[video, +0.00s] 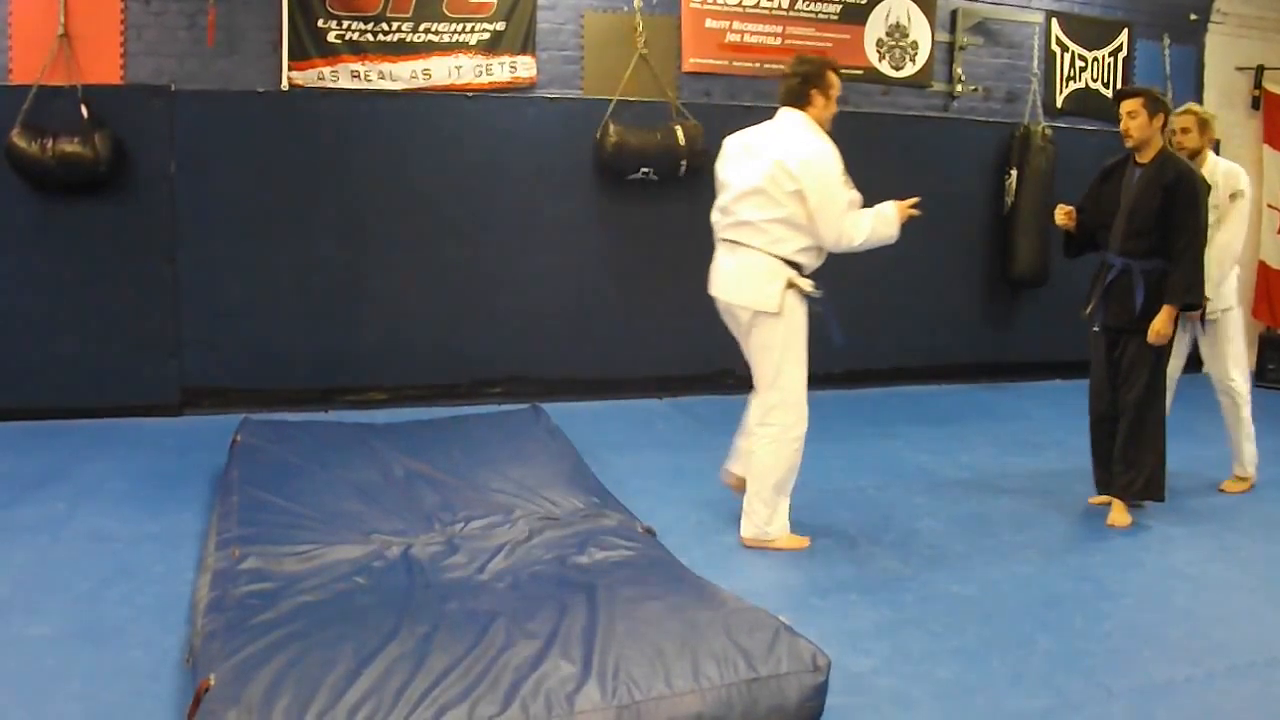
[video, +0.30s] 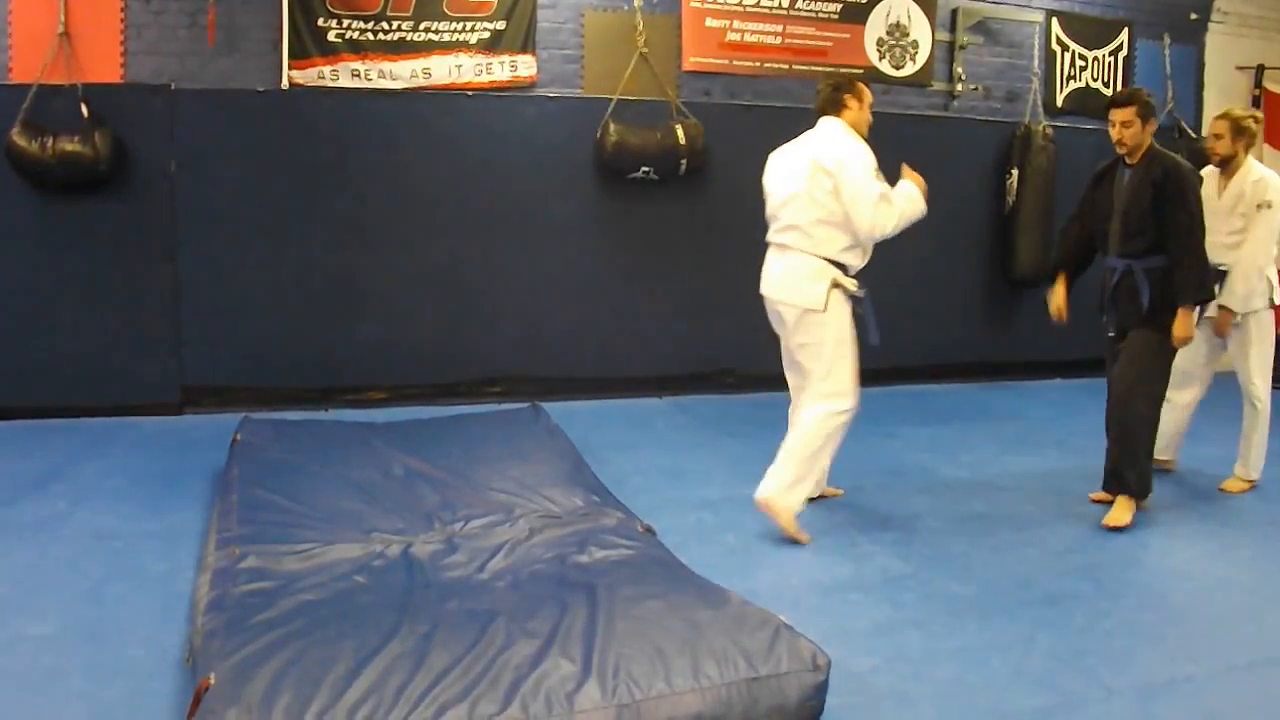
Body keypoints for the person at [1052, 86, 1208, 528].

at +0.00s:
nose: (1124, 125)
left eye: (1132, 117)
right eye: (1121, 118)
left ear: (1159, 121)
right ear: (1122, 124)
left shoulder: (1184, 180)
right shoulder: (1113, 172)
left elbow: (1189, 252)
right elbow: (1090, 234)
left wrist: (1170, 309)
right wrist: (1072, 223)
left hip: (1151, 301)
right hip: (1109, 295)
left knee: (1137, 399)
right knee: (1104, 396)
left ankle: (1125, 496)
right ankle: (1109, 485)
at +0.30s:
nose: (1118, 133)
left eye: (1127, 125)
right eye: (1113, 125)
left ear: (1149, 126)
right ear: (1110, 127)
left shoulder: (1175, 174)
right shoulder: (1109, 173)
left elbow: (1189, 244)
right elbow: (1083, 226)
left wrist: (1187, 308)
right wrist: (1062, 276)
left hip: (1159, 298)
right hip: (1118, 295)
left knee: (1133, 388)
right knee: (1119, 388)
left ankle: (1130, 494)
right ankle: (1115, 482)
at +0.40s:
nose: (1116, 136)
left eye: (1124, 128)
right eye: (1110, 128)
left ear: (1146, 128)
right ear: (1106, 129)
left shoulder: (1172, 175)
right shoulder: (1102, 175)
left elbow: (1188, 245)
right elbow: (1081, 238)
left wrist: (1191, 310)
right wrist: (1067, 301)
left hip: (1157, 301)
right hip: (1113, 297)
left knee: (1131, 395)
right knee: (1118, 393)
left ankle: (1127, 501)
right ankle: (1124, 483)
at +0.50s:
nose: (1111, 141)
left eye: (1120, 132)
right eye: (1105, 133)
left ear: (1142, 133)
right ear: (1099, 134)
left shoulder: (1165, 180)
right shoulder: (1093, 179)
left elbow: (1188, 251)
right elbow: (1075, 245)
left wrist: (1197, 318)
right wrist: (1077, 304)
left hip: (1151, 302)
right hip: (1103, 301)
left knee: (1131, 396)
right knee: (1112, 396)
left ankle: (1124, 505)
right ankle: (1124, 484)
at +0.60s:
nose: (1110, 149)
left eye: (1119, 140)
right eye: (1104, 140)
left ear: (1140, 139)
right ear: (1096, 140)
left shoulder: (1163, 190)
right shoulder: (1086, 187)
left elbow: (1186, 262)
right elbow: (1071, 250)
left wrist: (1198, 330)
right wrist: (1071, 306)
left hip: (1140, 308)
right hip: (1093, 308)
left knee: (1124, 407)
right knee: (1106, 404)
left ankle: (1120, 519)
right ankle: (1126, 486)